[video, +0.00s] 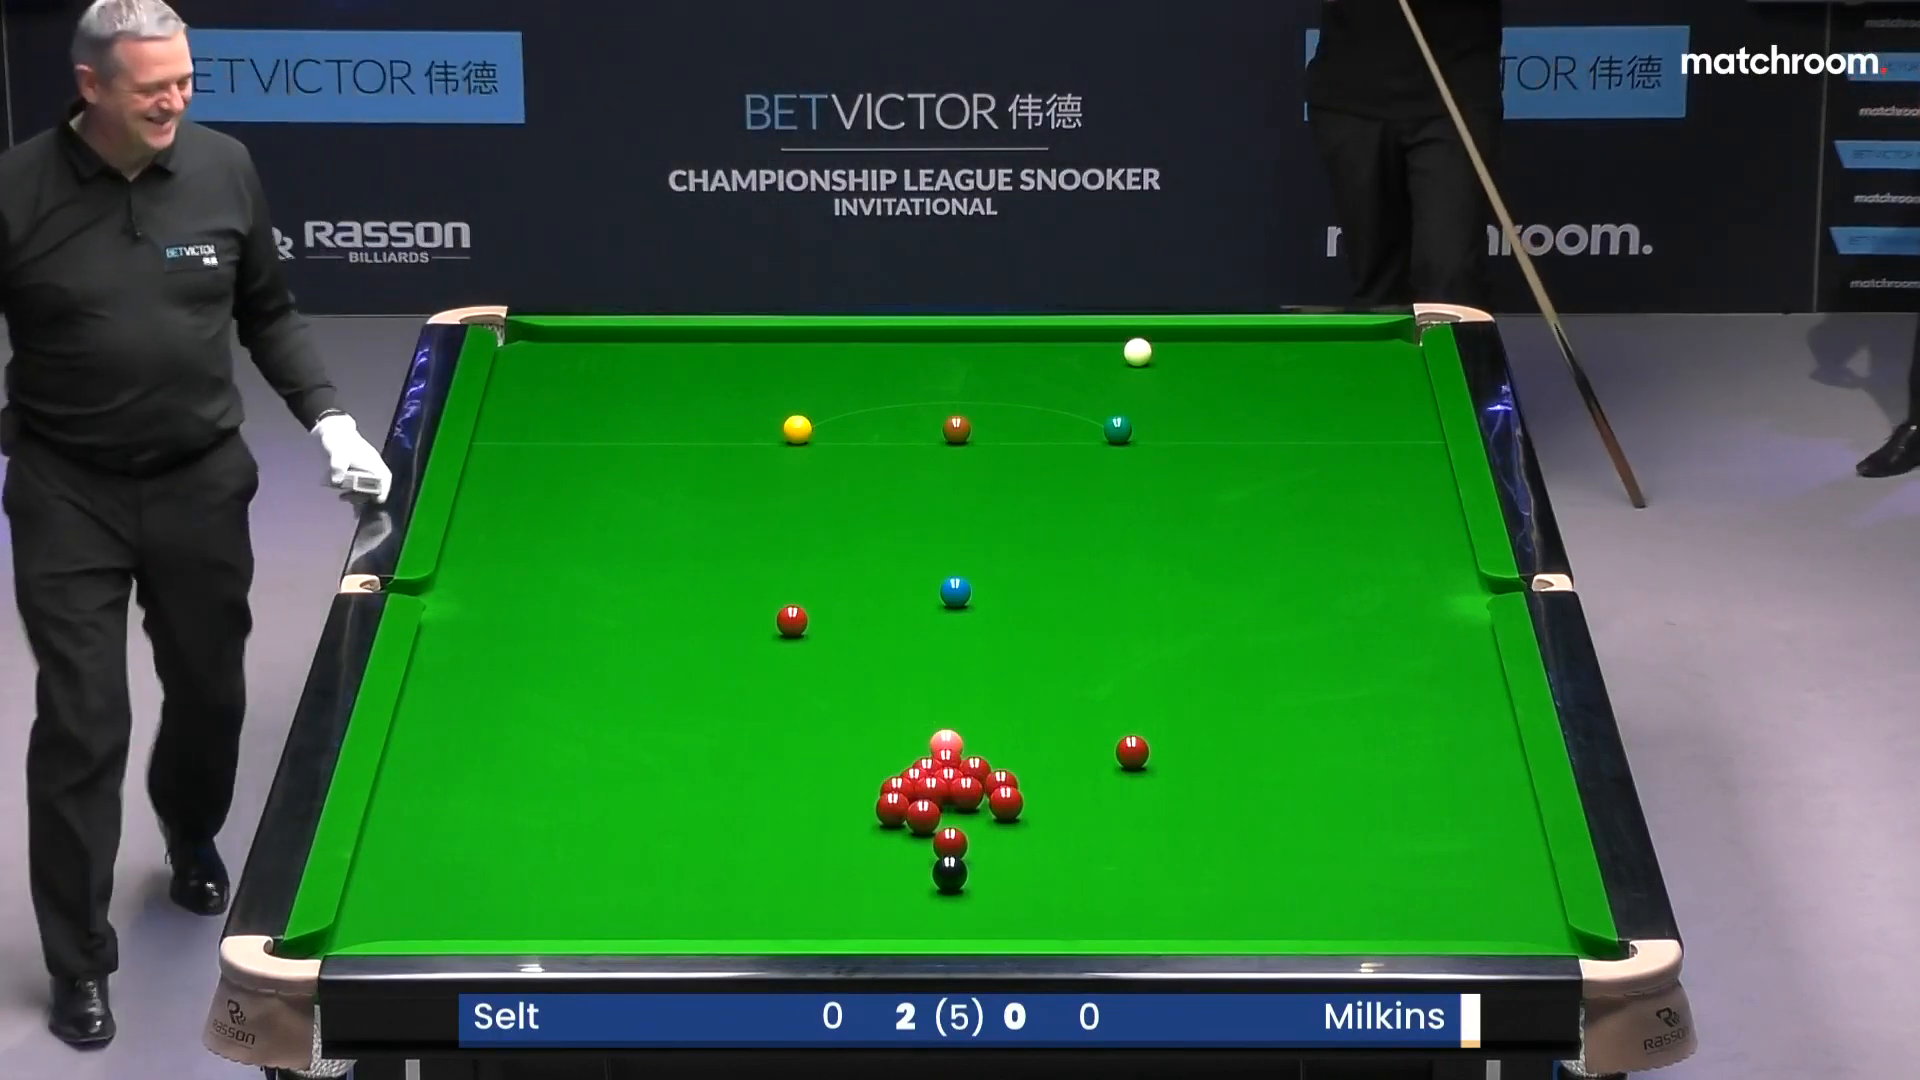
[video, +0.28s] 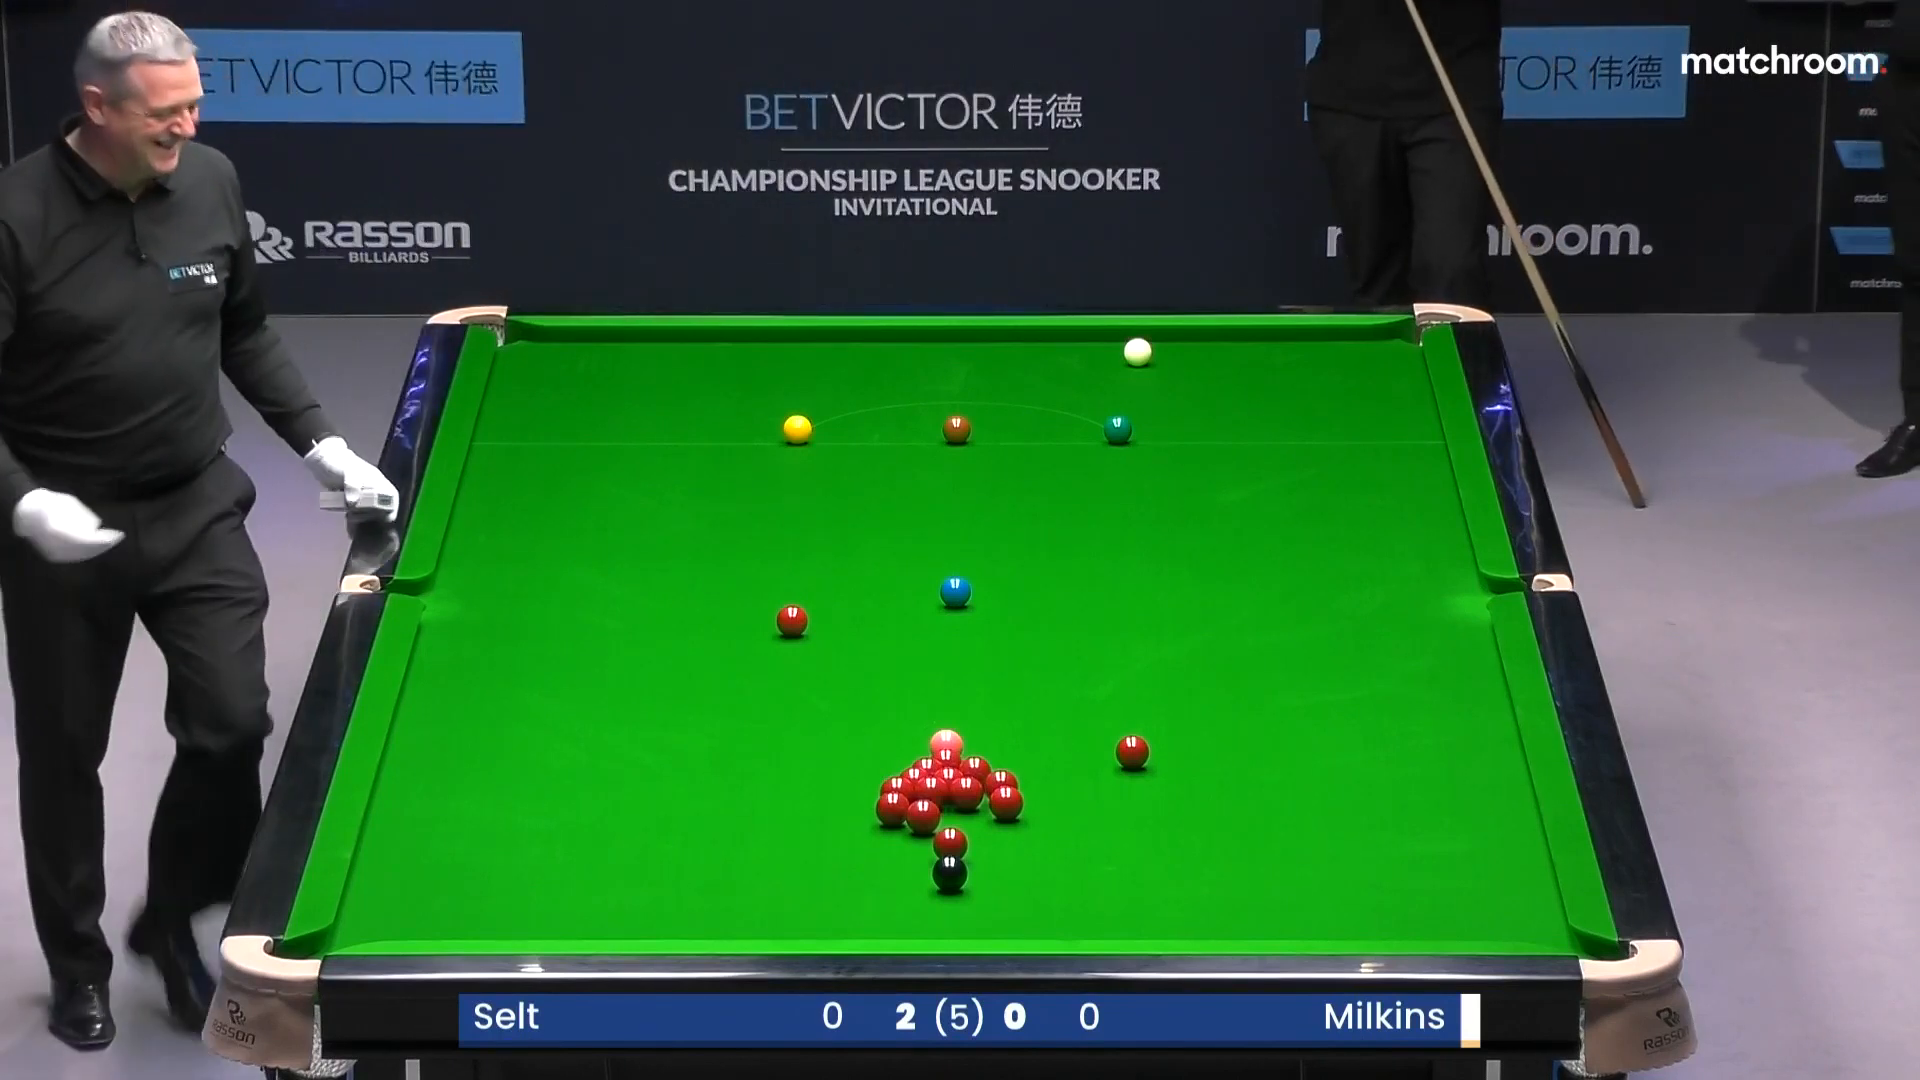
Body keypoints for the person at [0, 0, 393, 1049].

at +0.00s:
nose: (173, 105)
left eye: (182, 84)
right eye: (151, 91)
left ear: (192, 70)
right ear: (89, 84)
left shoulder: (222, 169)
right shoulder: (18, 189)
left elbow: (269, 311)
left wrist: (330, 417)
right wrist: (0, 457)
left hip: (200, 483)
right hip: (63, 486)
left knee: (212, 695)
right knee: (83, 722)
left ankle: (190, 831)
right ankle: (78, 960)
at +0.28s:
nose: (184, 126)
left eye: (192, 106)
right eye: (164, 112)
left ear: (196, 96)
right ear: (96, 107)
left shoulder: (207, 182)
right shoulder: (18, 214)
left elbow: (248, 331)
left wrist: (324, 445)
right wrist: (17, 494)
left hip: (193, 514)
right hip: (55, 533)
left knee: (232, 723)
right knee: (63, 760)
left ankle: (175, 919)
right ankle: (76, 959)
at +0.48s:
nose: (222, 166)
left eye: (230, 146)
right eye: (204, 149)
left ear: (227, 135)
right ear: (131, 142)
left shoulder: (228, 221)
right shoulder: (50, 249)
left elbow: (248, 363)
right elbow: (18, 426)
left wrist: (322, 460)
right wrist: (133, 481)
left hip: (211, 556)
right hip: (77, 565)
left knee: (206, 802)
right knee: (75, 784)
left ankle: (212, 1031)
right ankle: (81, 973)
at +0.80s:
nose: (303, 192)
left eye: (308, 172)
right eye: (287, 175)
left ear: (236, 167)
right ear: (215, 164)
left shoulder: (257, 250)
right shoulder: (120, 271)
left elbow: (262, 416)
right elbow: (131, 461)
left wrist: (337, 491)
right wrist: (288, 482)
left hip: (264, 578)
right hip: (158, 593)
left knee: (258, 825)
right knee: (204, 821)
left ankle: (228, 1048)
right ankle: (102, 974)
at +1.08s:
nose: (361, 230)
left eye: (368, 210)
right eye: (348, 210)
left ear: (285, 193)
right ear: (280, 192)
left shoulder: (250, 269)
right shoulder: (200, 311)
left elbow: (276, 449)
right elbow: (248, 506)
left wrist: (344, 544)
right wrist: (417, 514)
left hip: (258, 602)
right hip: (213, 619)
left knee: (269, 842)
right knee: (227, 861)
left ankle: (253, 1049)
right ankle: (211, 1058)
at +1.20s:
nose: (398, 243)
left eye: (404, 223)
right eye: (386, 223)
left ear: (318, 203)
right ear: (317, 204)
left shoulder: (261, 264)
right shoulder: (242, 317)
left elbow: (301, 442)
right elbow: (305, 518)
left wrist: (342, 548)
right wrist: (482, 520)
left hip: (253, 603)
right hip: (219, 622)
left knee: (258, 849)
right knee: (228, 865)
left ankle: (245, 1048)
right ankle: (211, 1058)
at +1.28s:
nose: (423, 253)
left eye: (430, 233)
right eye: (413, 234)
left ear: (341, 212)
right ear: (346, 215)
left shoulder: (250, 261)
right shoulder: (279, 333)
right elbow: (349, 525)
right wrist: (524, 524)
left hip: (215, 607)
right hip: (228, 632)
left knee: (243, 863)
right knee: (234, 880)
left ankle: (230, 1052)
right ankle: (206, 1061)